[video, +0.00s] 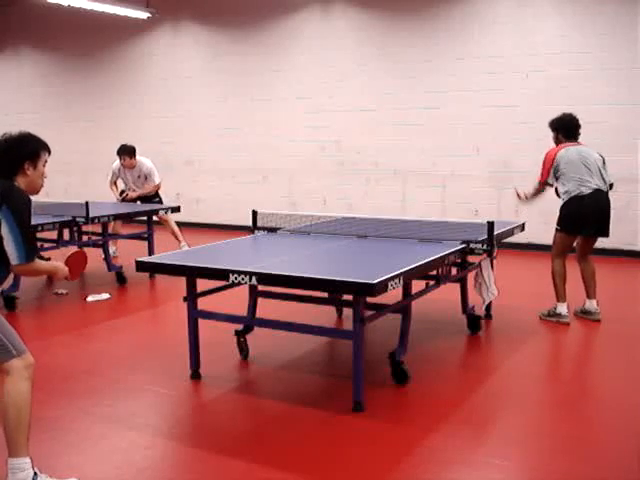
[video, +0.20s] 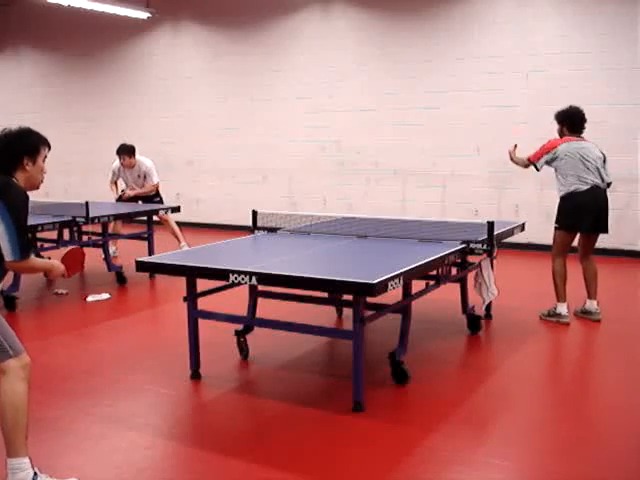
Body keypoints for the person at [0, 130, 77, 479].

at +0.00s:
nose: (45, 174)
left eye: (45, 166)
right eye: (42, 166)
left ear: (21, 166)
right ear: (26, 167)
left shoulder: (8, 196)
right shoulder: (13, 199)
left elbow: (17, 258)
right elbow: (19, 263)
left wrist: (47, 265)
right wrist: (52, 267)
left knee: (17, 363)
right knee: (20, 363)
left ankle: (20, 467)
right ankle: (20, 469)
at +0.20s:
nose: (45, 170)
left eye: (45, 162)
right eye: (42, 161)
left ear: (21, 162)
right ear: (25, 162)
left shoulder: (8, 191)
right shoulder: (12, 194)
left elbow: (12, 256)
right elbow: (13, 259)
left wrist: (46, 263)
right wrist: (49, 266)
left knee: (15, 362)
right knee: (16, 363)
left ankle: (19, 467)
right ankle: (19, 469)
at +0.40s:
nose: (41, 161)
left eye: (42, 153)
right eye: (39, 153)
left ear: (17, 153)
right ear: (21, 153)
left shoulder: (7, 185)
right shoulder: (9, 188)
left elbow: (9, 251)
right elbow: (10, 255)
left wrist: (41, 256)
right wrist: (43, 259)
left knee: (14, 362)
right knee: (12, 365)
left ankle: (19, 466)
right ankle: (19, 469)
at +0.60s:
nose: (33, 156)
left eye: (34, 148)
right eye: (31, 148)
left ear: (9, 149)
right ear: (11, 148)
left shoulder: (5, 184)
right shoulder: (2, 186)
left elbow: (5, 248)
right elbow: (4, 251)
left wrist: (38, 259)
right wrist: (40, 259)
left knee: (8, 366)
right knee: (7, 367)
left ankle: (17, 465)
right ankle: (16, 468)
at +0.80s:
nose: (28, 155)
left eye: (27, 147)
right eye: (24, 147)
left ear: (6, 150)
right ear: (6, 149)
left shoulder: (3, 192)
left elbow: (3, 246)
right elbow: (2, 249)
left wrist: (36, 258)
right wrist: (39, 259)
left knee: (12, 364)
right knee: (11, 365)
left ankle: (15, 466)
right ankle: (14, 468)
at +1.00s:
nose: (28, 155)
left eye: (28, 148)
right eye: (24, 148)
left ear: (5, 149)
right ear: (6, 148)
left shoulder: (3, 183)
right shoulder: (2, 186)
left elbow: (20, 240)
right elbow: (24, 244)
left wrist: (50, 254)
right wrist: (57, 257)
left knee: (20, 364)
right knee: (23, 365)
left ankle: (19, 466)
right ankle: (20, 468)